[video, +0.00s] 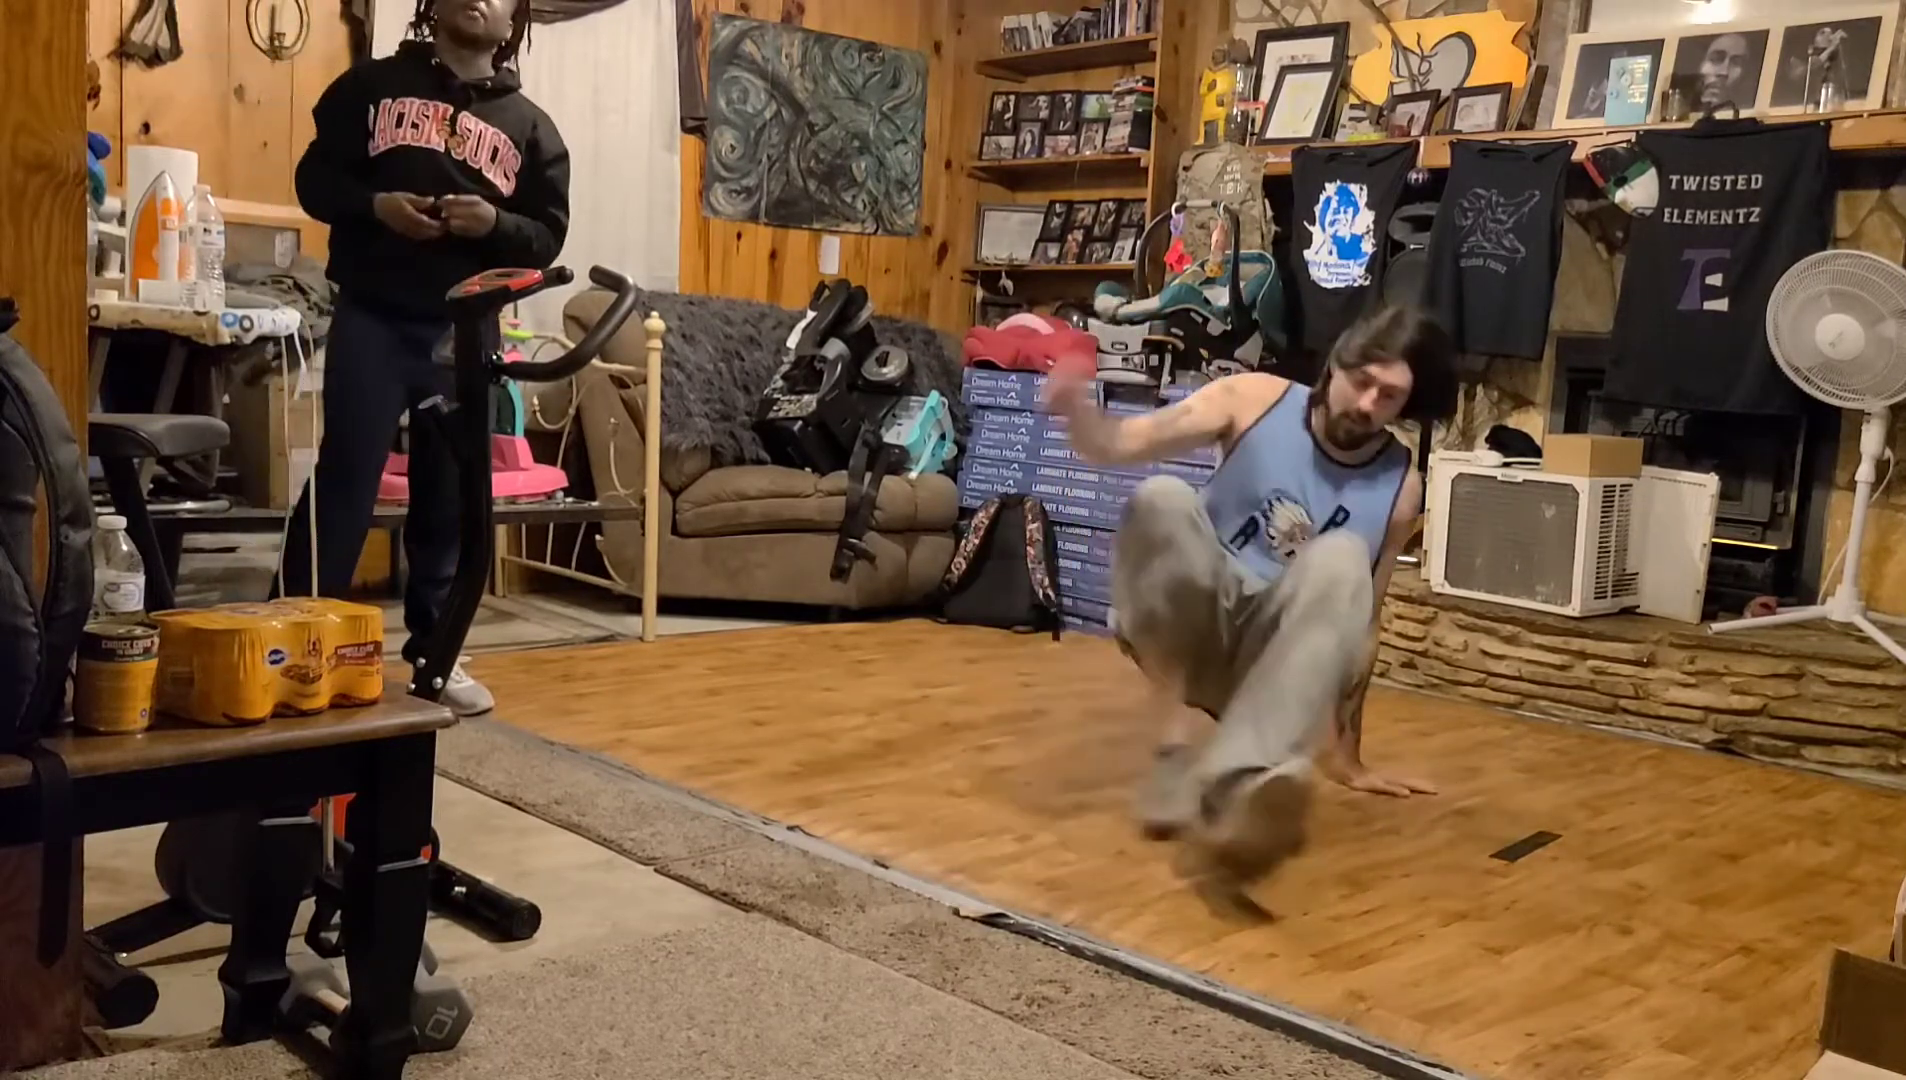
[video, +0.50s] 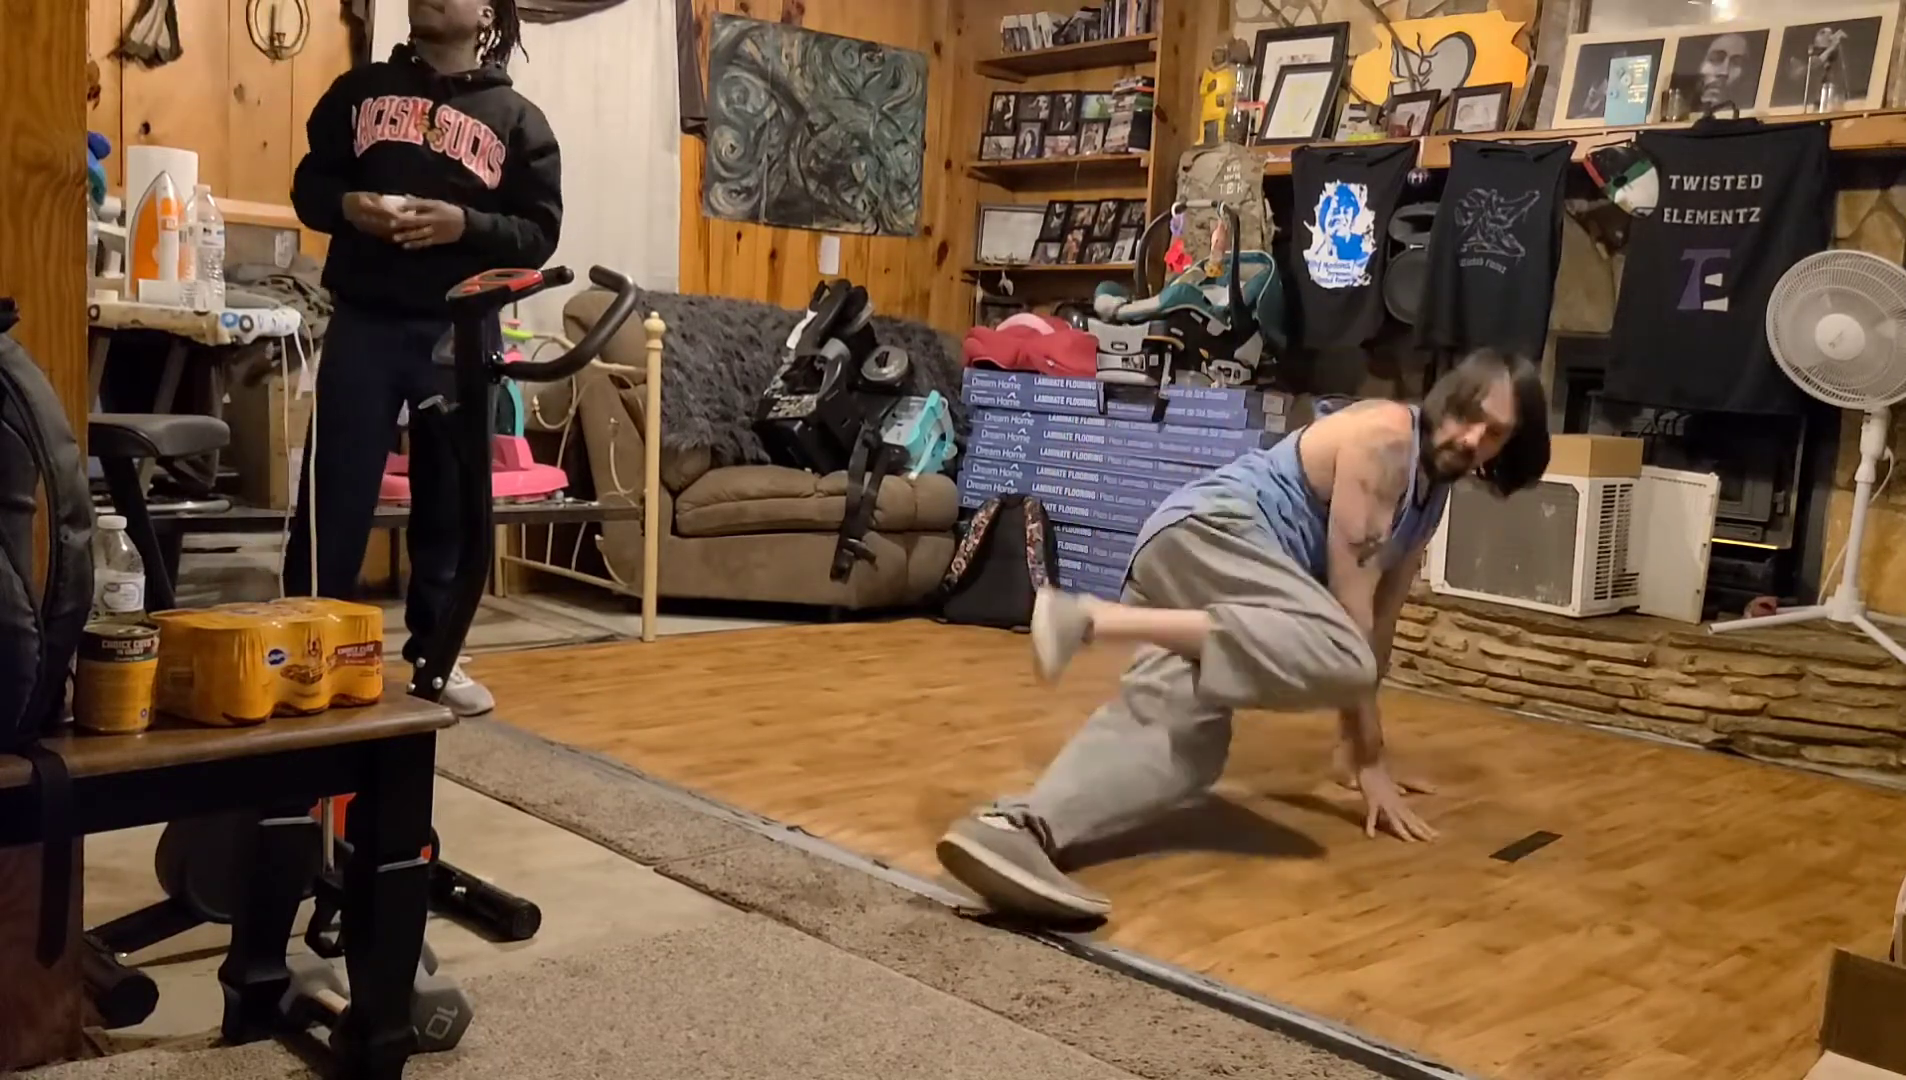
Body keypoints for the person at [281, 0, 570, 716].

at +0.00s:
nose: (482, 3)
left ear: (513, 21)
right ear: (434, 6)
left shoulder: (532, 127)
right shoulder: (369, 85)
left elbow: (548, 238)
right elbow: (314, 181)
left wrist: (496, 223)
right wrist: (376, 204)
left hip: (465, 332)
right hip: (372, 323)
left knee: (449, 500)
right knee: (346, 487)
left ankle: (435, 657)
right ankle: (294, 648)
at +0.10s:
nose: (475, 0)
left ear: (513, 19)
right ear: (432, 6)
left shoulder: (535, 129)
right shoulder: (372, 87)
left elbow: (551, 240)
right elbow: (316, 185)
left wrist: (495, 216)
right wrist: (377, 201)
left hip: (471, 331)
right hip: (378, 322)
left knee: (454, 498)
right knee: (355, 483)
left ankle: (436, 659)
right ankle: (297, 645)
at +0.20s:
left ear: (511, 18)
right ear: (430, 7)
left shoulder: (535, 125)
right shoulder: (373, 87)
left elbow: (557, 237)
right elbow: (316, 188)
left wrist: (490, 212)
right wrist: (377, 201)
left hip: (472, 330)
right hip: (378, 321)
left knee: (455, 497)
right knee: (355, 485)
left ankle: (435, 659)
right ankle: (305, 648)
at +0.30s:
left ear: (504, 17)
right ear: (425, 7)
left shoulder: (533, 122)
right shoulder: (371, 88)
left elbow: (556, 232)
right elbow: (317, 190)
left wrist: (485, 214)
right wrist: (377, 201)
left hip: (471, 331)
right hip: (376, 323)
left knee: (455, 499)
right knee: (351, 487)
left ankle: (435, 660)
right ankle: (317, 651)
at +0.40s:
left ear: (499, 19)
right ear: (423, 9)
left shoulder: (529, 122)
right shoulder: (368, 88)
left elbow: (550, 234)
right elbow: (317, 191)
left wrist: (477, 216)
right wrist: (372, 205)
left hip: (467, 332)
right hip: (371, 325)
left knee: (453, 502)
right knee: (344, 491)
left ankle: (436, 659)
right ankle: (317, 654)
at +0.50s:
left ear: (488, 15)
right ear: (413, 8)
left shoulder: (519, 121)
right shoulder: (360, 89)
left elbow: (540, 235)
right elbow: (309, 190)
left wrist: (465, 224)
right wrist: (351, 206)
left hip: (460, 332)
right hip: (364, 324)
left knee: (451, 501)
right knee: (336, 494)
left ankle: (435, 660)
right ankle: (310, 656)